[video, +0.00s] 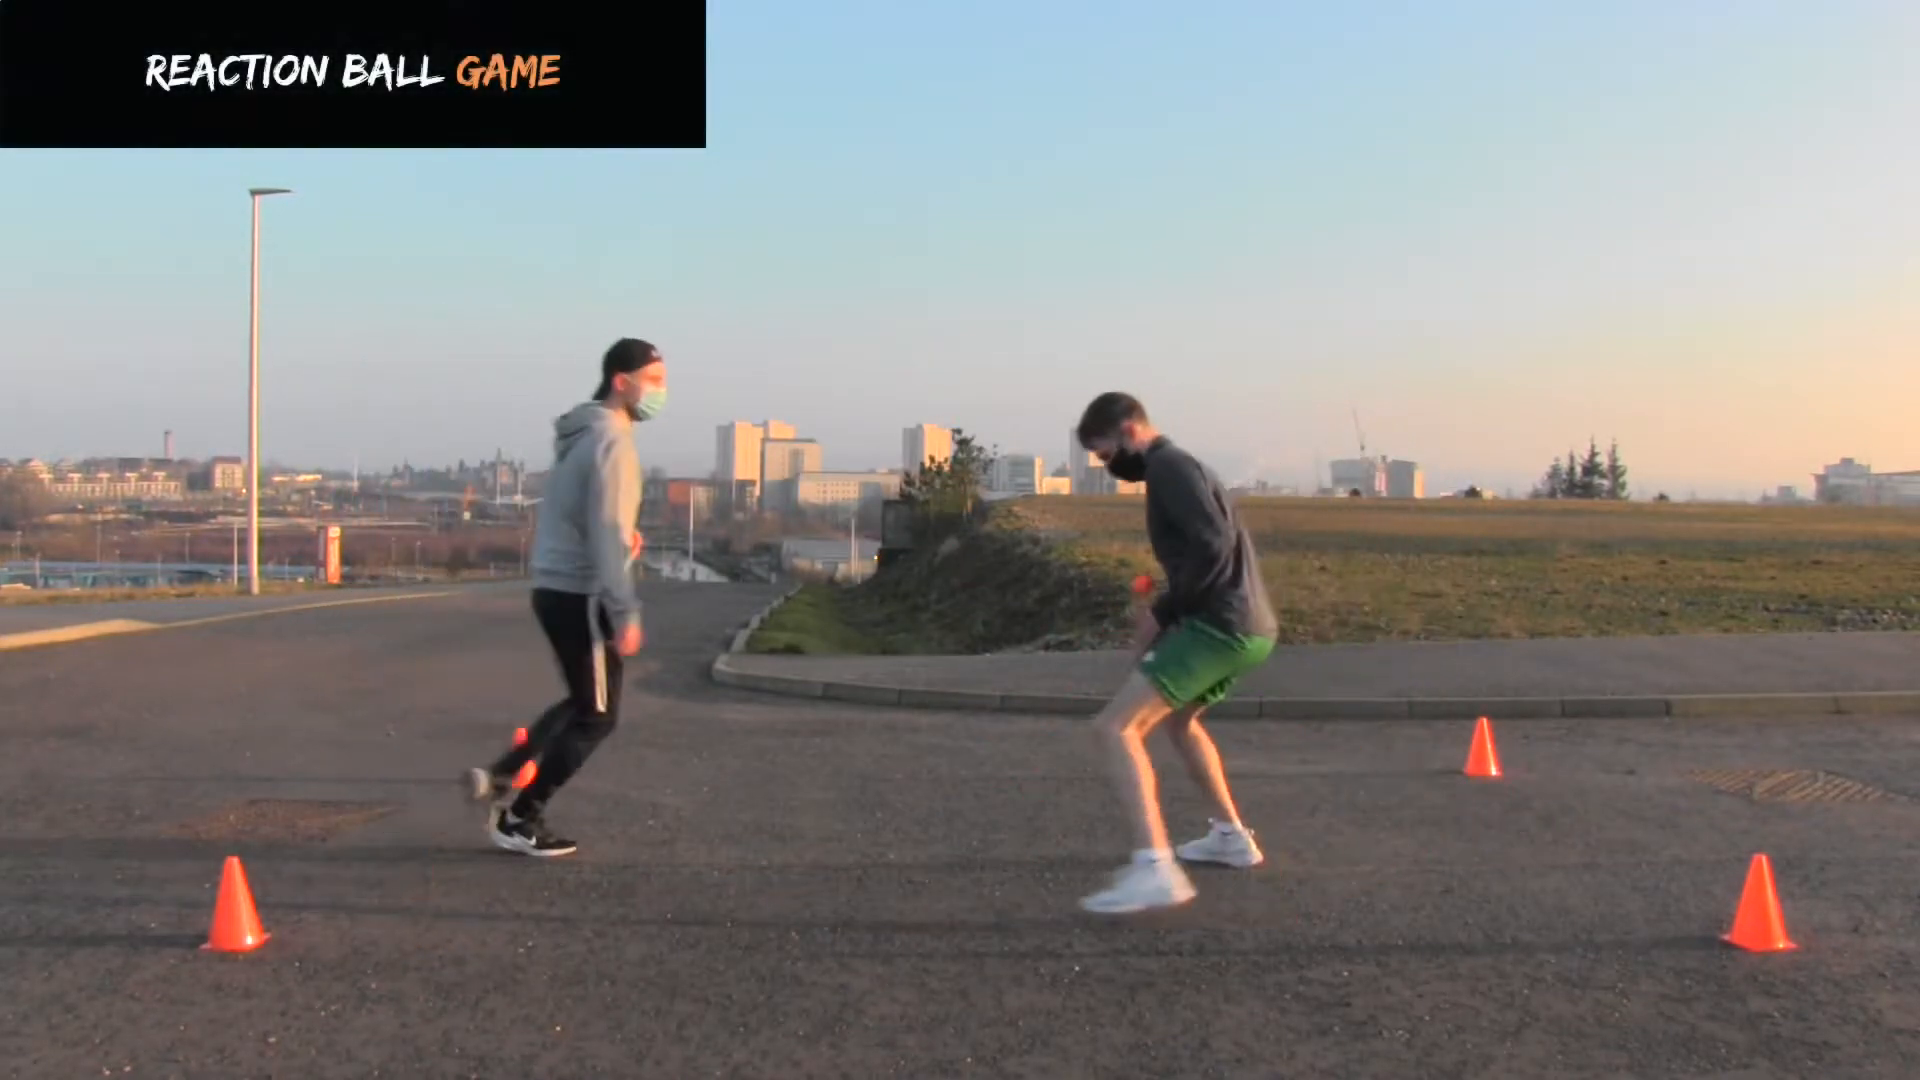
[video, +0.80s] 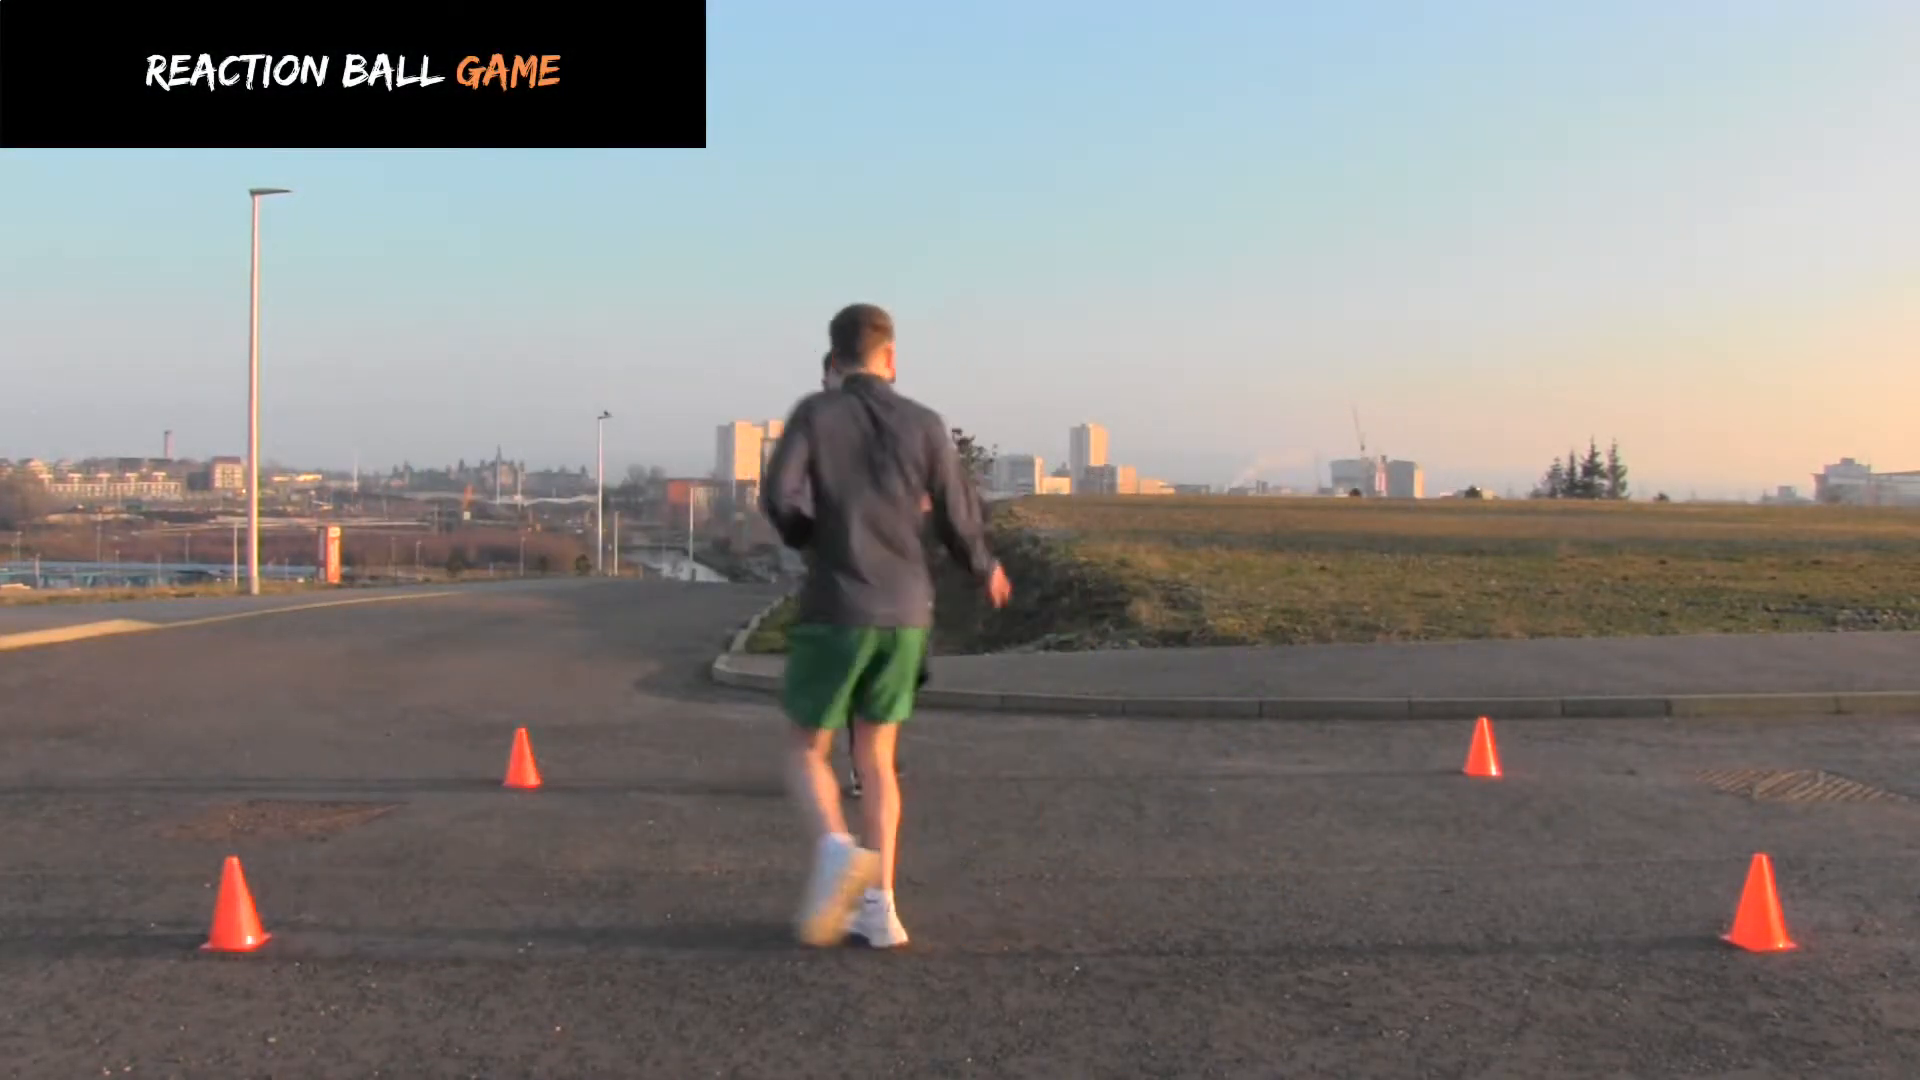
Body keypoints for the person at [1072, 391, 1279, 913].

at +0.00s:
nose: (1100, 462)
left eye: (1102, 449)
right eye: (1095, 454)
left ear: (1131, 429)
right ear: (1132, 431)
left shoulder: (1168, 467)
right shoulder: (1177, 464)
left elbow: (1213, 547)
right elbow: (1212, 555)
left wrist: (1161, 609)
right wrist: (1165, 595)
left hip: (1221, 625)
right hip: (1250, 626)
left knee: (1117, 728)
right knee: (1180, 720)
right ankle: (1231, 833)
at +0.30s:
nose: (1003, 465)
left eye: (1006, 452)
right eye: (999, 454)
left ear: (1036, 444)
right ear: (1045, 445)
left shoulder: (1080, 490)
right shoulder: (1076, 491)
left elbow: (1138, 563)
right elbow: (1119, 565)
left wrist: (1071, 590)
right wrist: (1069, 589)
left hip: (1145, 651)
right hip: (1173, 647)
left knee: (1035, 750)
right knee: (1151, 745)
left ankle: (1072, 899)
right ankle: (1232, 837)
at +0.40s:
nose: (957, 428)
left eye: (958, 415)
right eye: (954, 417)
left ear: (982, 407)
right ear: (1005, 403)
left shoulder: (1018, 459)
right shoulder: (1040, 454)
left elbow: (1031, 552)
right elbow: (1050, 543)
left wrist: (984, 577)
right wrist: (993, 569)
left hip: (1082, 632)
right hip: (1116, 624)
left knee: (997, 758)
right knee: (1103, 736)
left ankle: (1066, 897)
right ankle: (1194, 829)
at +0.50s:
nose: (928, 389)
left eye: (928, 378)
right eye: (927, 378)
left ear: (945, 373)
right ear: (983, 368)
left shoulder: (973, 423)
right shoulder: (1024, 423)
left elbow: (979, 521)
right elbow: (1068, 500)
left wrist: (941, 550)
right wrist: (1012, 529)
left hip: (1039, 609)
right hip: (1081, 604)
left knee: (981, 754)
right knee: (1053, 718)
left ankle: (1060, 886)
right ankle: (1122, 837)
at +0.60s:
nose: (890, 352)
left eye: (890, 342)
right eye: (892, 343)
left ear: (901, 340)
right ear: (948, 334)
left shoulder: (908, 394)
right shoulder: (998, 396)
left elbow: (908, 481)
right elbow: (1034, 486)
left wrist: (891, 536)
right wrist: (995, 522)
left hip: (963, 579)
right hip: (1023, 576)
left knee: (935, 727)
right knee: (978, 721)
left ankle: (1013, 859)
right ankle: (969, 858)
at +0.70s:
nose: (894, 350)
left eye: (873, 344)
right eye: (918, 335)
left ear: (872, 345)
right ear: (925, 341)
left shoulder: (868, 399)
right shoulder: (973, 405)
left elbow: (857, 481)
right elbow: (1004, 499)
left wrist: (862, 525)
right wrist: (973, 548)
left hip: (911, 581)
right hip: (977, 582)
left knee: (882, 735)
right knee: (921, 736)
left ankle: (958, 862)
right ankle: (889, 889)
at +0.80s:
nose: (887, 364)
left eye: (830, 363)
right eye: (891, 354)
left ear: (833, 360)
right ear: (890, 357)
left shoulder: (814, 413)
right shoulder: (926, 425)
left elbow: (783, 501)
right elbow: (959, 518)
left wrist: (815, 536)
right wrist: (987, 568)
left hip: (836, 612)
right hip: (908, 615)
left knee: (807, 746)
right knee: (879, 755)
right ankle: (880, 907)